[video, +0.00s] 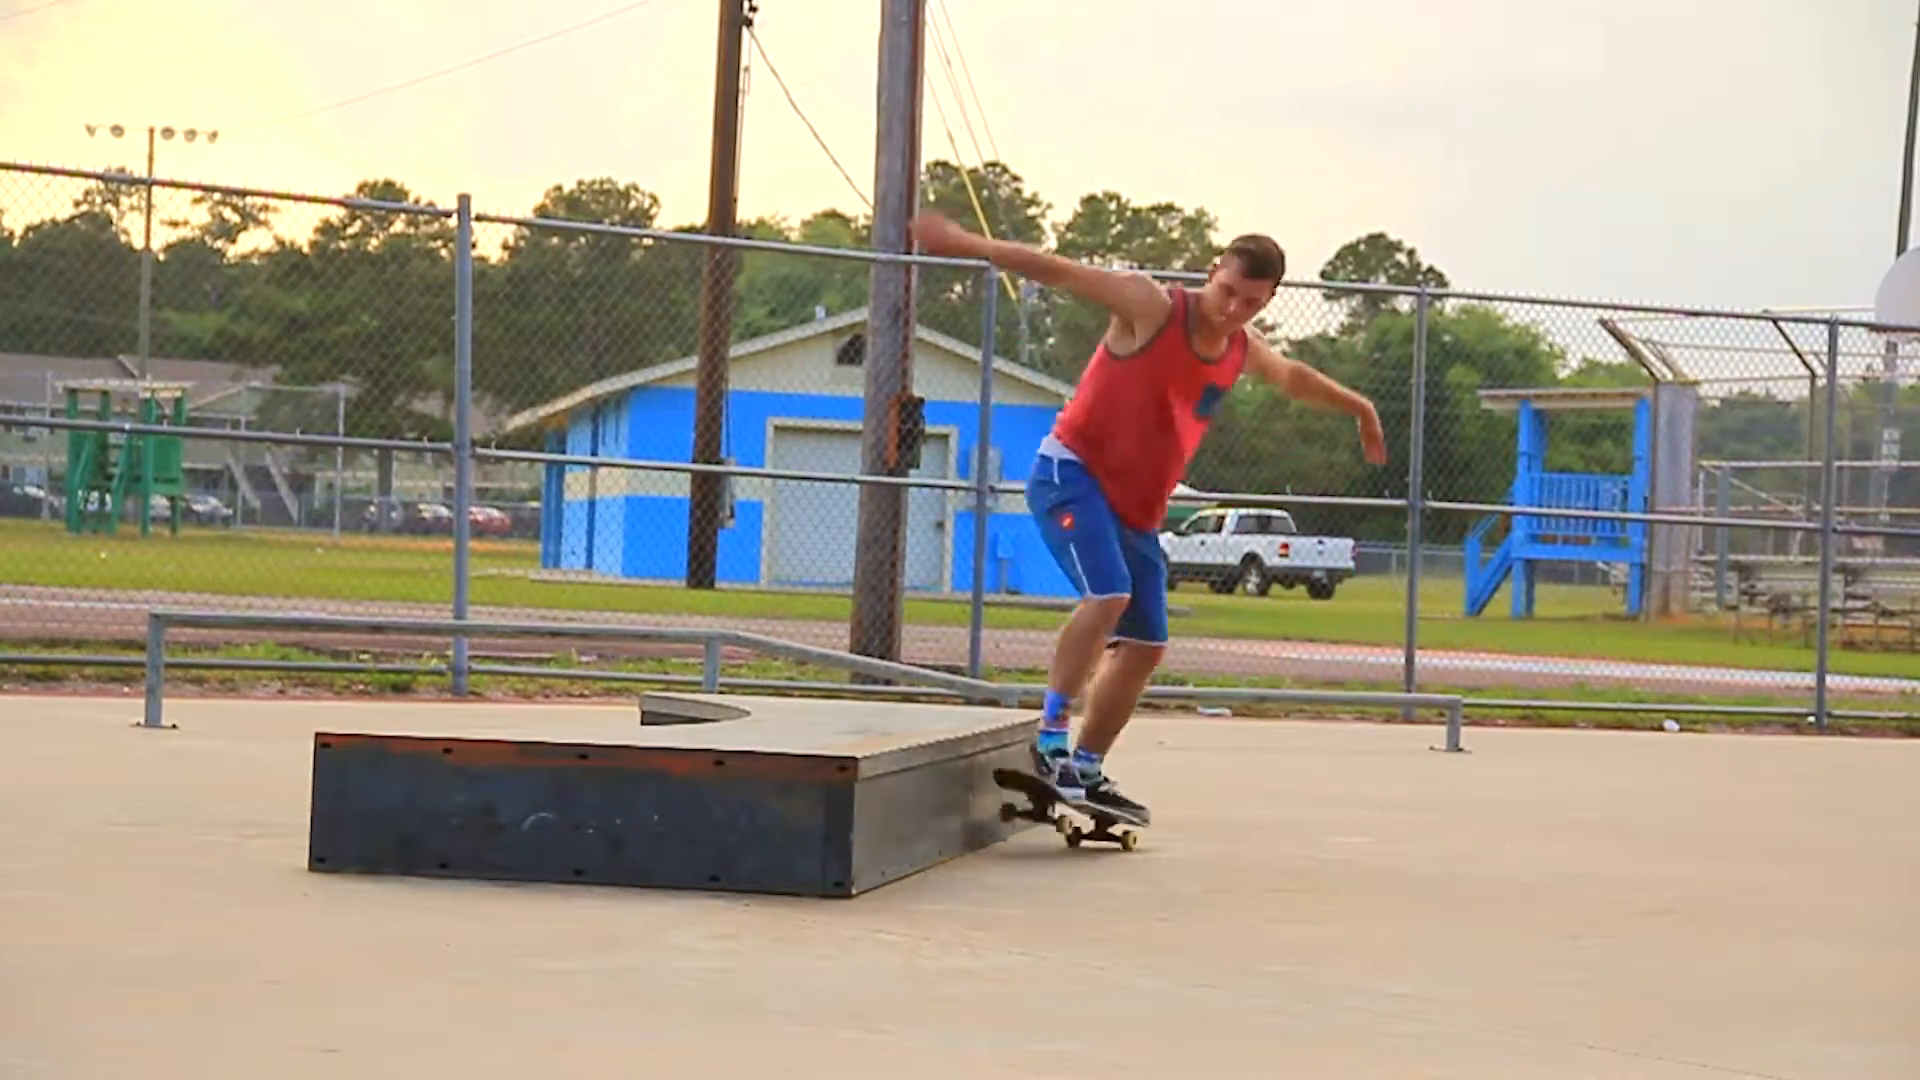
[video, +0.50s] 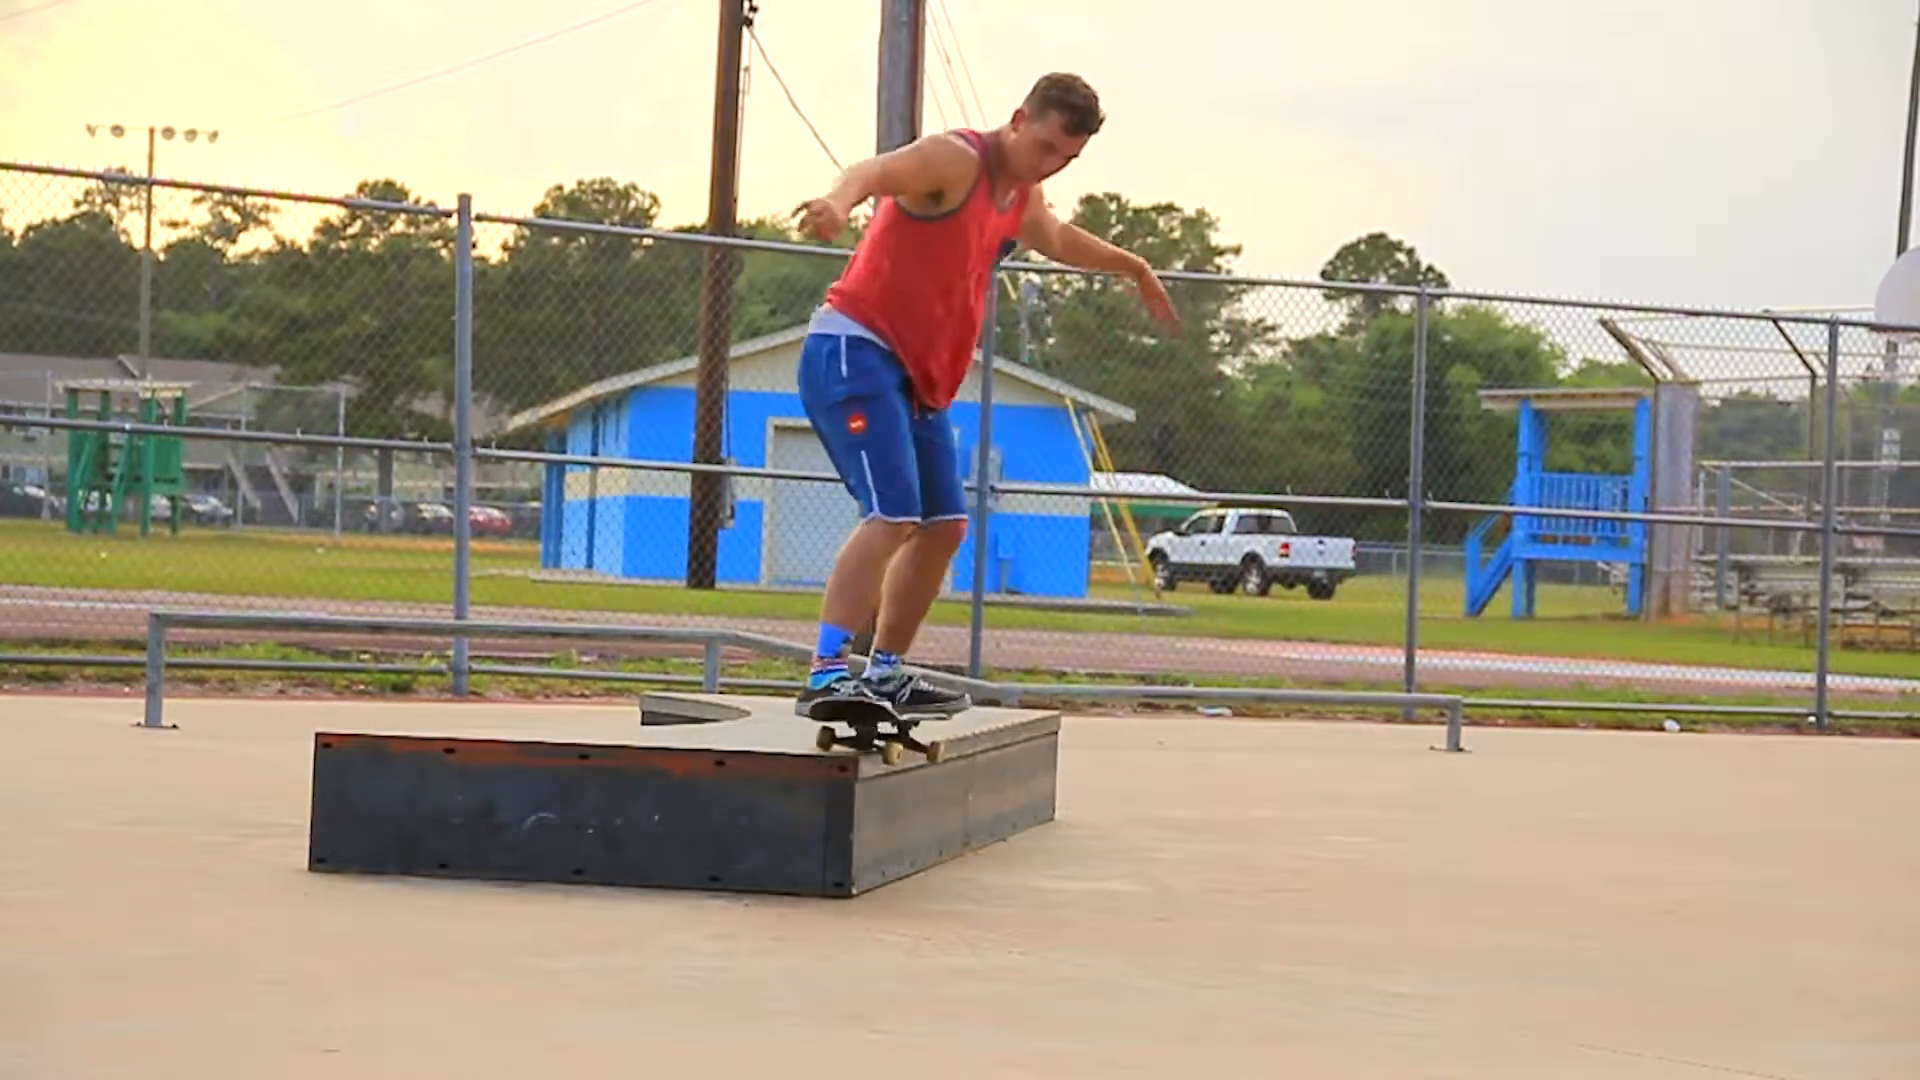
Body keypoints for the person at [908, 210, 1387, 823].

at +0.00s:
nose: (1235, 309)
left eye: (1250, 304)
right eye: (1229, 293)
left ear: (1264, 303)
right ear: (1211, 272)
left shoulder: (1244, 349)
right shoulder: (1150, 301)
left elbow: (1294, 378)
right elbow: (1053, 268)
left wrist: (1363, 408)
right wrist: (966, 242)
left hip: (1134, 509)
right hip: (1070, 474)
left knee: (1144, 642)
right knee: (1107, 594)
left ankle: (1083, 769)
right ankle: (1050, 736)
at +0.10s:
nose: (1204, 266)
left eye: (1218, 259)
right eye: (1199, 247)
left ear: (1232, 254)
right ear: (1179, 222)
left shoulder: (1207, 285)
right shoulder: (1116, 237)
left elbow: (1269, 272)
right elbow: (1041, 185)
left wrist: (1335, 276)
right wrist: (969, 134)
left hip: (1081, 438)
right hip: (1016, 395)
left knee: (1103, 582)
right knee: (1071, 461)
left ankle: (1058, 719)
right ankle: (1008, 577)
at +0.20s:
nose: (1171, 244)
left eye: (1183, 238)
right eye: (1166, 228)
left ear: (1198, 231)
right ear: (1144, 199)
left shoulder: (1168, 255)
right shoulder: (1082, 218)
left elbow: (1234, 262)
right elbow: (1009, 196)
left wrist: (1302, 276)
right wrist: (948, 189)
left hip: (1030, 391)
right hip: (959, 351)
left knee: (1095, 499)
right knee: (1034, 437)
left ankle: (1002, 625)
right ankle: (945, 582)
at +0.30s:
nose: (1133, 218)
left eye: (1148, 210)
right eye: (1128, 199)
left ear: (1160, 200)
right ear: (1106, 168)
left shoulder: (1119, 232)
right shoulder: (1041, 197)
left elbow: (1175, 264)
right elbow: (956, 211)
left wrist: (1242, 306)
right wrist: (924, 250)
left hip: (980, 379)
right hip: (924, 343)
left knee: (1016, 516)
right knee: (953, 491)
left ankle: (919, 652)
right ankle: (889, 642)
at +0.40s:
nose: (1090, 202)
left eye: (1105, 193)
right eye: (1085, 182)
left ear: (1115, 187)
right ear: (1059, 155)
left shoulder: (1071, 226)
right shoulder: (996, 192)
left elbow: (1113, 269)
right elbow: (911, 216)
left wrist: (1190, 308)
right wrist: (882, 255)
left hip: (946, 393)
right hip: (884, 362)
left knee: (974, 530)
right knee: (922, 511)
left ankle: (890, 663)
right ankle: (854, 664)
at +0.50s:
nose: (1051, 166)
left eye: (1066, 158)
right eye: (1048, 147)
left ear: (1076, 154)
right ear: (1018, 119)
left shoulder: (1025, 198)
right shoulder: (954, 158)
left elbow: (1061, 241)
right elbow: (869, 174)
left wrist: (1135, 265)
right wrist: (836, 202)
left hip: (914, 378)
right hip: (852, 349)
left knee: (942, 525)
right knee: (892, 513)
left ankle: (882, 675)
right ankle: (829, 673)